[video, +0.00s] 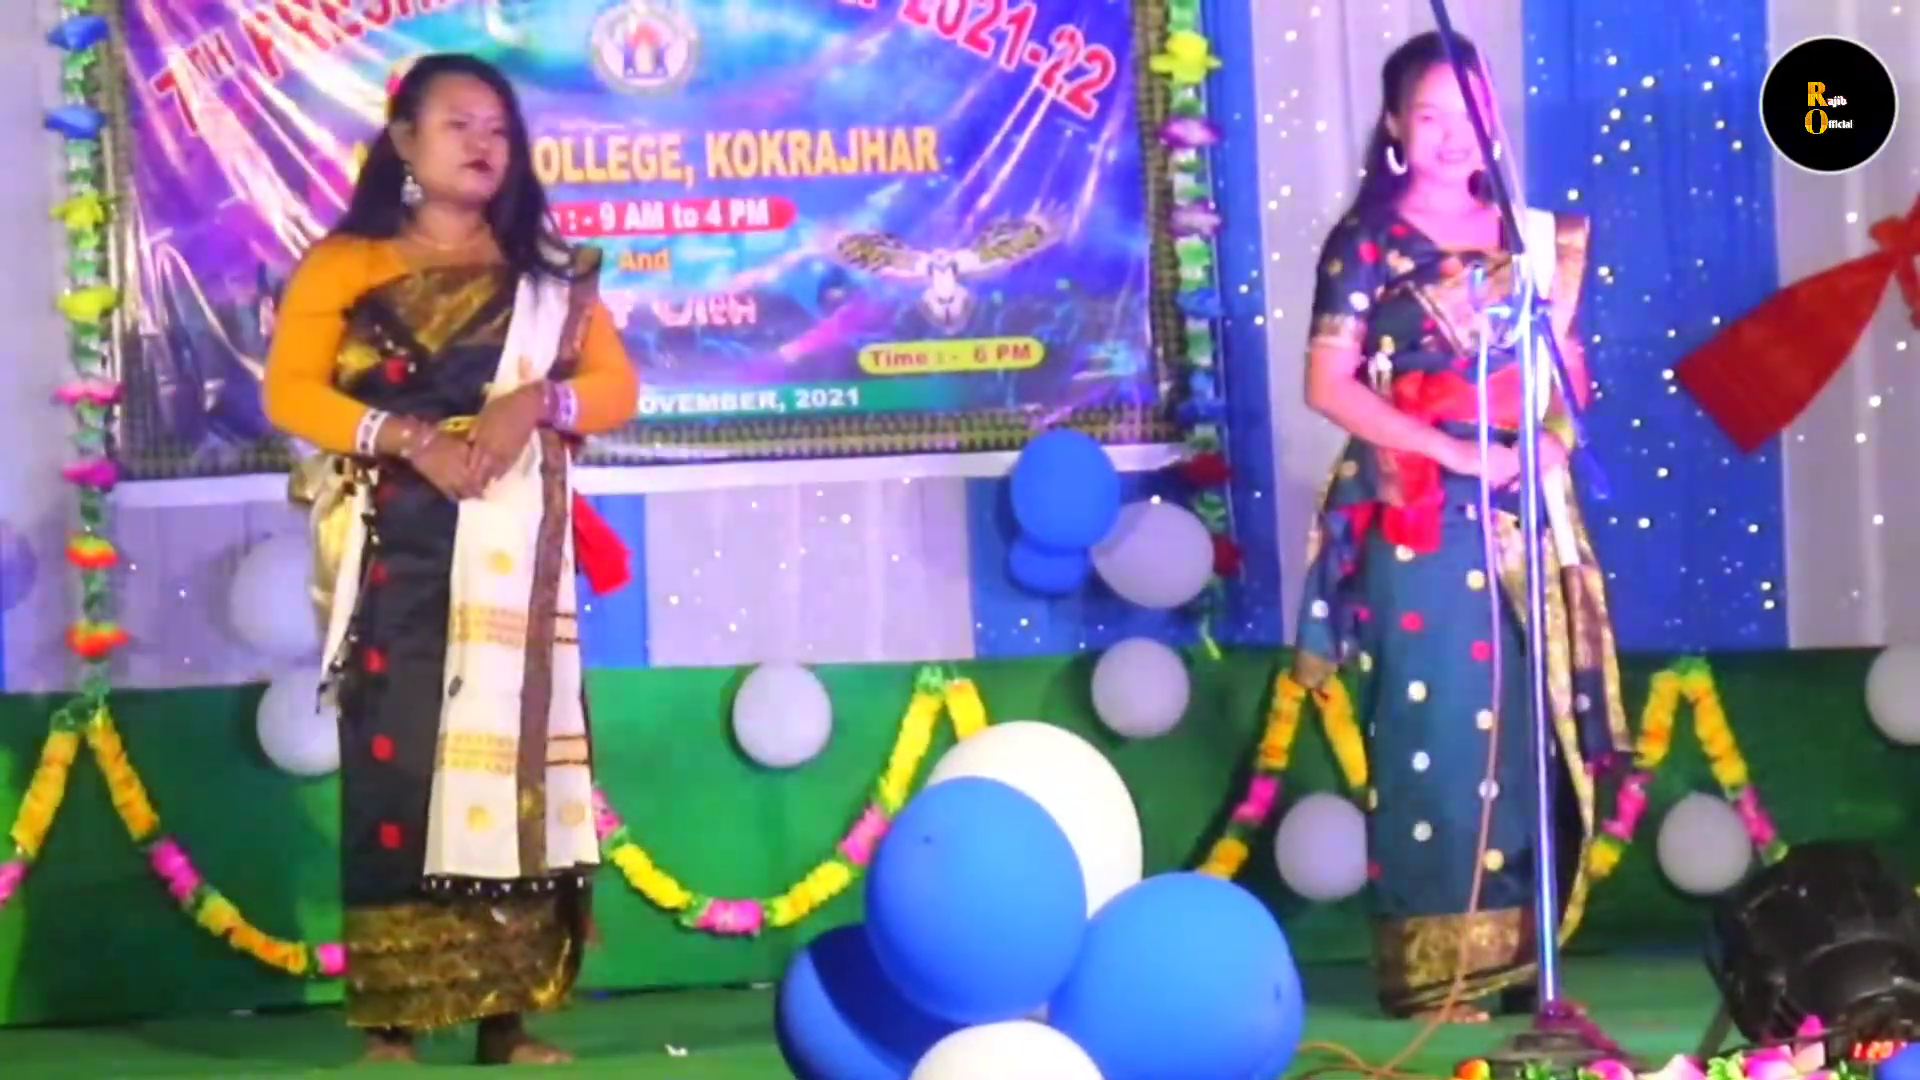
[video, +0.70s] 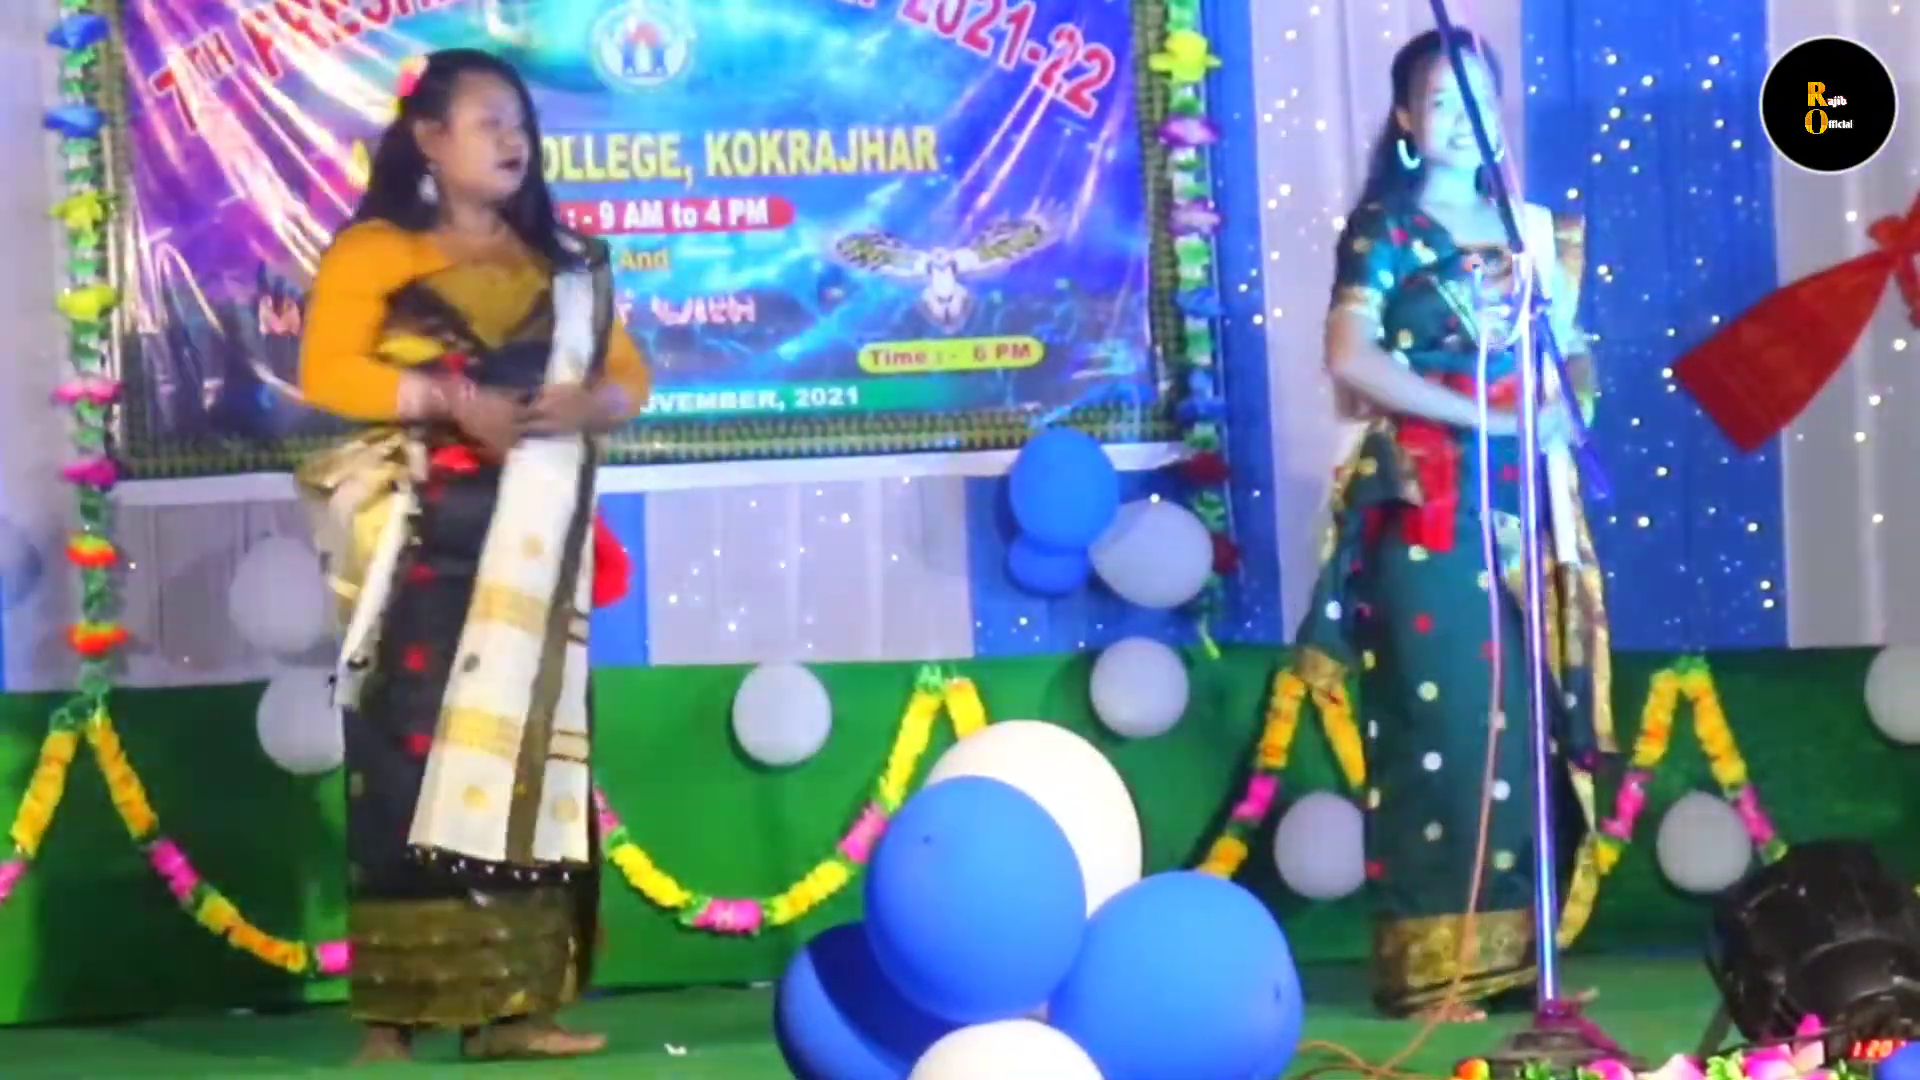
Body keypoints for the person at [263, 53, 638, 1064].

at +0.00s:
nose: (483, 142)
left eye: (498, 129)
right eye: (458, 125)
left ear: (515, 150)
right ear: (404, 142)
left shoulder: (545, 273)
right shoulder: (343, 266)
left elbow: (620, 390)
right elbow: (289, 394)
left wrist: (535, 403)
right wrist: (406, 434)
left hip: (517, 562)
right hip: (398, 559)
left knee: (518, 765)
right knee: (395, 771)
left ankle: (509, 1017)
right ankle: (389, 1017)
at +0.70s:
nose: (513, 141)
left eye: (519, 125)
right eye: (488, 126)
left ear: (529, 137)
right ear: (428, 141)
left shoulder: (556, 260)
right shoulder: (374, 251)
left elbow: (631, 380)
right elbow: (327, 374)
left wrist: (574, 406)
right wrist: (448, 397)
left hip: (536, 547)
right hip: (422, 544)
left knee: (530, 752)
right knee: (408, 760)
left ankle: (513, 1010)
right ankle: (390, 1012)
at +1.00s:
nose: (550, 125)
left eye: (547, 108)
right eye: (523, 115)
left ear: (547, 132)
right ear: (469, 148)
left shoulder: (528, 237)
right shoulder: (493, 236)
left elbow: (678, 318)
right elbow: (632, 280)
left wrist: (639, 213)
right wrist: (637, 202)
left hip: (550, 546)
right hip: (529, 549)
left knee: (563, 765)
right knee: (566, 766)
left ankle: (511, 1007)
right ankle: (497, 1013)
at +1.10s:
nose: (580, 114)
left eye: (570, 98)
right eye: (555, 102)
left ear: (489, 138)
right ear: (498, 131)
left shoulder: (460, 245)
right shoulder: (561, 230)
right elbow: (677, 326)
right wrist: (714, 280)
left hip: (502, 560)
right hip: (595, 549)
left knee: (543, 764)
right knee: (690, 708)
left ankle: (511, 1003)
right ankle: (635, 953)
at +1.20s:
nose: (596, 145)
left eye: (586, 127)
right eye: (569, 133)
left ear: (504, 169)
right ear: (515, 162)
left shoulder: (469, 282)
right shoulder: (589, 268)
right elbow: (687, 371)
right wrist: (783, 400)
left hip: (527, 588)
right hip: (634, 576)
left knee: (575, 792)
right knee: (723, 746)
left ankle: (524, 1018)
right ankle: (715, 986)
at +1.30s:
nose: (630, 188)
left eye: (622, 170)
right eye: (602, 178)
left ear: (543, 216)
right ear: (544, 210)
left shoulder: (513, 320)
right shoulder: (618, 305)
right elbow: (742, 424)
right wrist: (833, 436)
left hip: (571, 619)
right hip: (671, 612)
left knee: (622, 809)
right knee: (764, 777)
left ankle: (531, 1012)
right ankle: (717, 1014)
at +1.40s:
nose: (644, 165)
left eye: (637, 148)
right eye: (616, 155)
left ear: (570, 199)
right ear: (558, 193)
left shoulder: (555, 283)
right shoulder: (612, 274)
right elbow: (682, 379)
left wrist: (700, 333)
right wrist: (727, 351)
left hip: (606, 594)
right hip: (681, 588)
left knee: (661, 800)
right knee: (759, 779)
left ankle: (559, 968)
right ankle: (716, 1012)